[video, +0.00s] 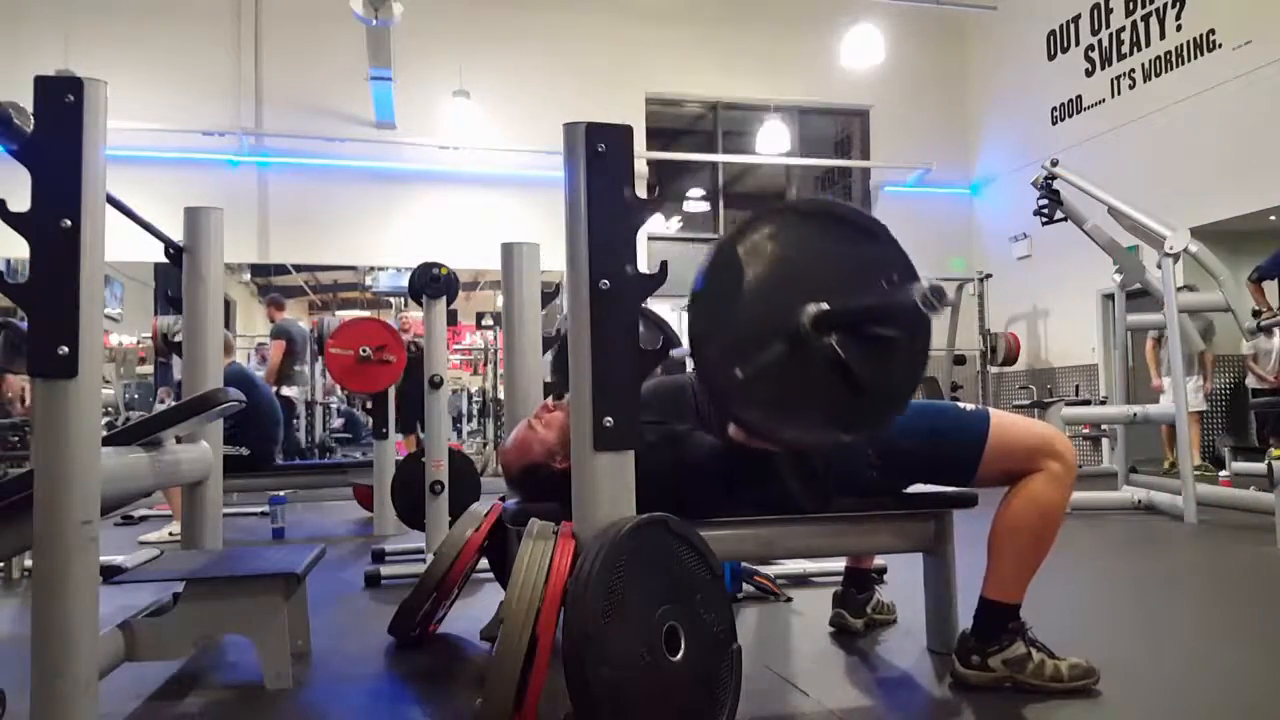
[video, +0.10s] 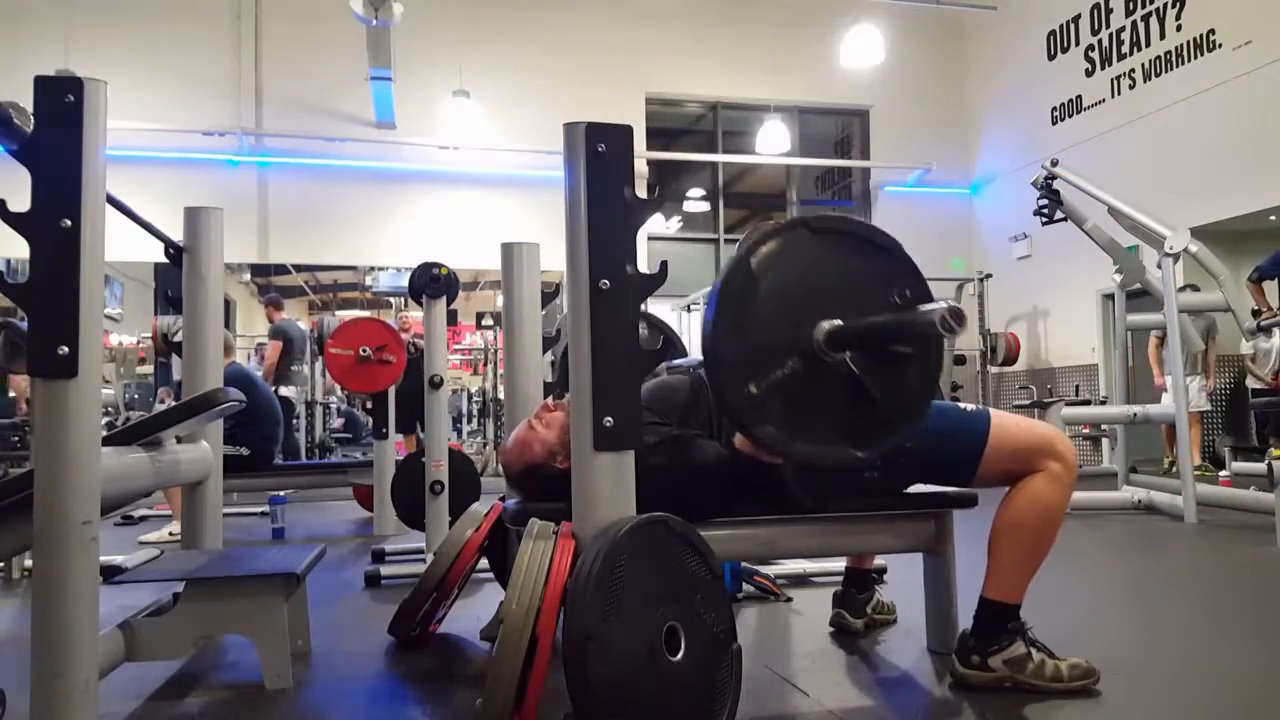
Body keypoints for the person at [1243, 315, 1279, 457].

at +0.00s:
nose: (1267, 323)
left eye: (1269, 318)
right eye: (1264, 319)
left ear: (1274, 320)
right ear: (1258, 321)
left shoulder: (1276, 335)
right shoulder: (1251, 338)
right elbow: (1248, 361)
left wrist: (1275, 375)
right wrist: (1267, 377)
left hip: (1275, 384)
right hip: (1258, 386)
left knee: (1275, 421)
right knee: (1261, 422)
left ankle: (1275, 448)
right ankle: (1263, 450)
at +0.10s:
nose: (1268, 323)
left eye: (1270, 318)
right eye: (1264, 319)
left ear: (1273, 319)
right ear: (1257, 321)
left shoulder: (1276, 334)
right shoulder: (1251, 337)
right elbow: (1247, 362)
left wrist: (1275, 378)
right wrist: (1266, 380)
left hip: (1275, 385)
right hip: (1258, 385)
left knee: (1275, 420)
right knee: (1261, 421)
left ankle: (1275, 448)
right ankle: (1263, 450)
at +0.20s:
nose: (1268, 324)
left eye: (1270, 319)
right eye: (1264, 320)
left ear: (1273, 319)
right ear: (1257, 321)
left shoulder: (1276, 335)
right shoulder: (1251, 338)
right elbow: (1247, 362)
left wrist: (1272, 378)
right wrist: (1264, 379)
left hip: (1274, 385)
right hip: (1258, 385)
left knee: (1275, 420)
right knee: (1261, 421)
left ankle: (1274, 447)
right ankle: (1263, 449)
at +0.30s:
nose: (1269, 325)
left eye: (1270, 320)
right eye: (1264, 321)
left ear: (1274, 321)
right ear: (1257, 322)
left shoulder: (1276, 337)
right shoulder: (1252, 339)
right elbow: (1248, 363)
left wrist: (1271, 379)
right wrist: (1265, 380)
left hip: (1274, 385)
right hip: (1259, 385)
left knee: (1275, 420)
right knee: (1262, 421)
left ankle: (1274, 447)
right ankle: (1263, 449)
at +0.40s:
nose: (1271, 324)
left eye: (1272, 320)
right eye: (1266, 321)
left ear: (1276, 322)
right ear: (1261, 324)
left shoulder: (1277, 340)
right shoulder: (1254, 343)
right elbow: (1249, 364)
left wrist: (1272, 380)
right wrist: (1265, 381)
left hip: (1275, 385)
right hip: (1261, 386)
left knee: (1276, 420)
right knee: (1263, 421)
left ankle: (1276, 446)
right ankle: (1264, 448)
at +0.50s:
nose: (1271, 323)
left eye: (1272, 318)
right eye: (1267, 320)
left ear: (1276, 320)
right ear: (1260, 324)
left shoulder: (1277, 339)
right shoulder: (1255, 344)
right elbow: (1252, 364)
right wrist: (1266, 381)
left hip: (1277, 386)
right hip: (1265, 387)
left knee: (1276, 420)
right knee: (1266, 421)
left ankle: (1276, 446)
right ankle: (1265, 449)